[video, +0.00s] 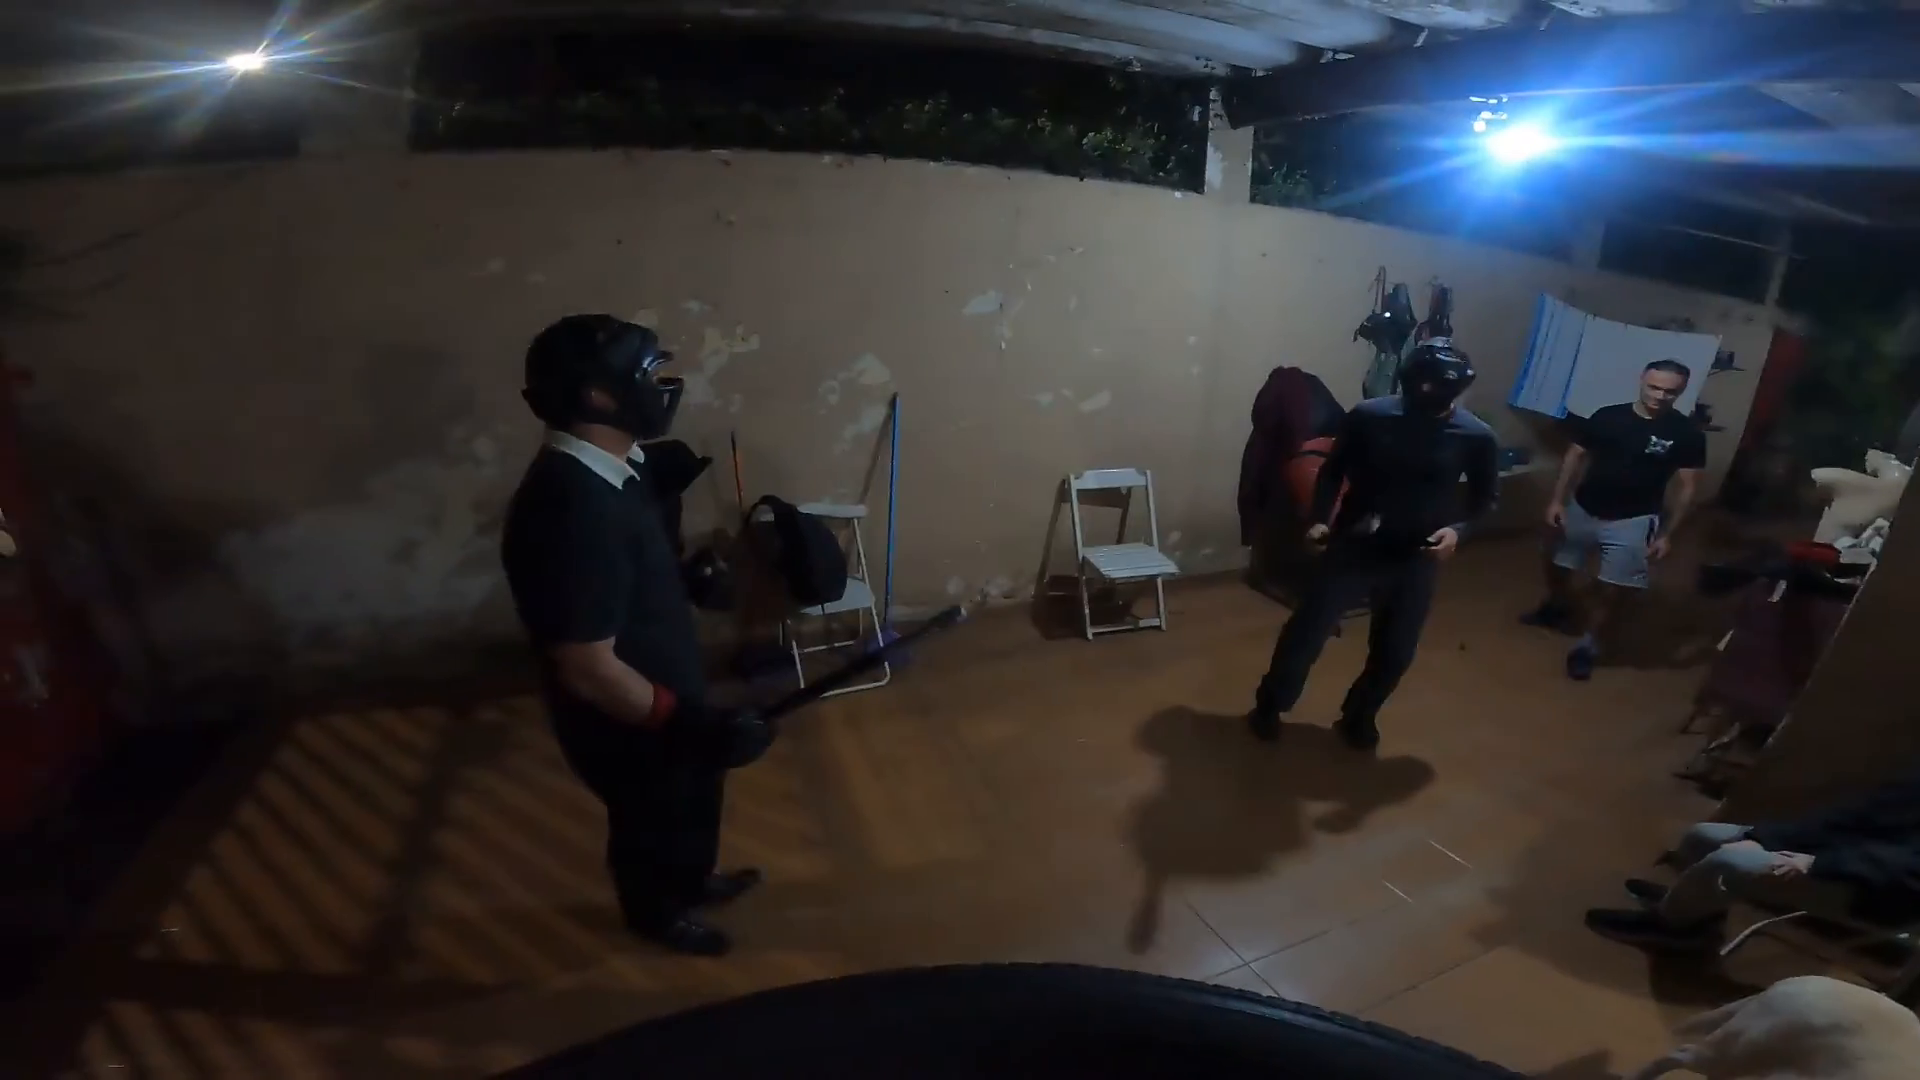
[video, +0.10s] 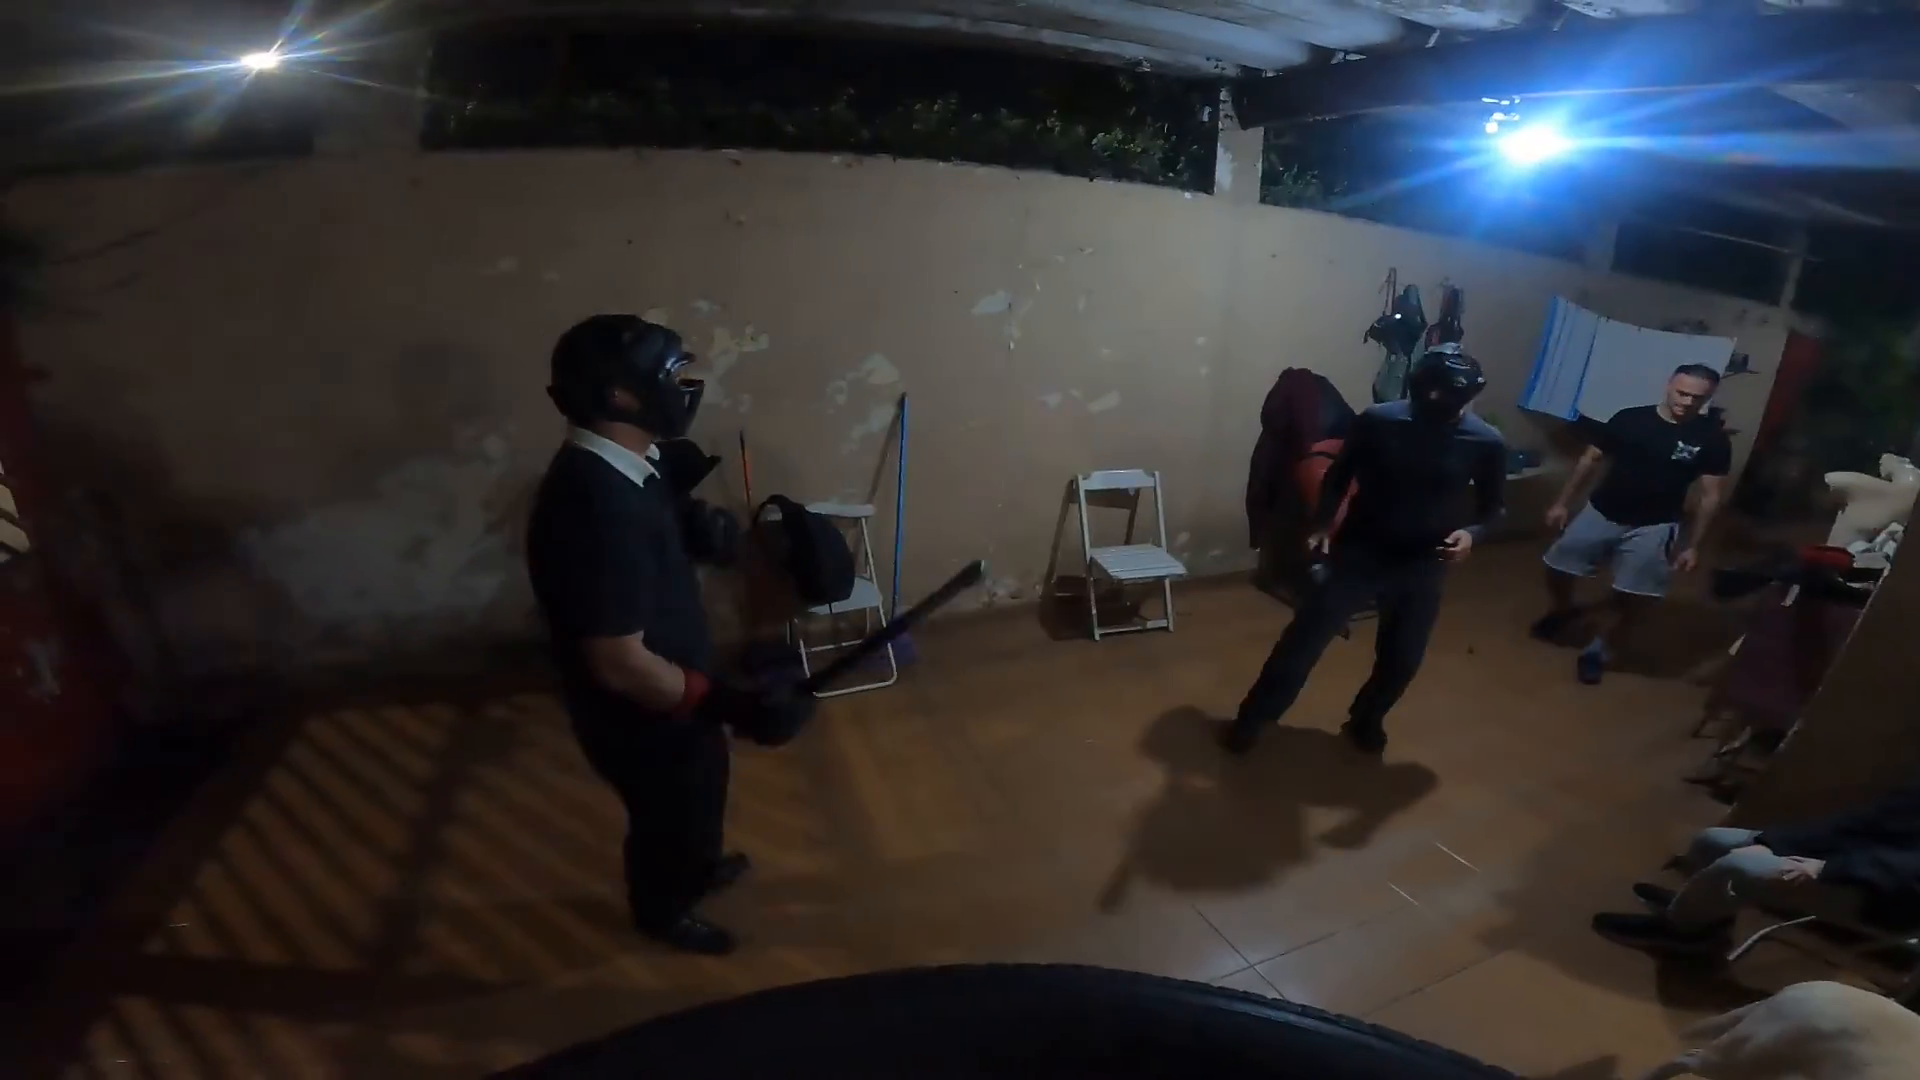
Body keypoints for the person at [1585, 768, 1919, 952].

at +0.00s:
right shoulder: (1910, 796)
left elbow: (1902, 868)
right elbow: (1855, 817)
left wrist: (1818, 865)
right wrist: (1763, 834)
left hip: (1866, 891)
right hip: (1836, 851)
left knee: (1727, 863)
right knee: (1703, 836)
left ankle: (1669, 921)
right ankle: (1682, 903)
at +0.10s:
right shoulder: (1912, 802)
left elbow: (1907, 871)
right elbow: (1865, 823)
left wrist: (1830, 869)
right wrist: (1778, 839)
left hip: (1875, 894)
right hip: (1848, 857)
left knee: (1738, 868)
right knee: (1712, 840)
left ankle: (1678, 924)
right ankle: (1691, 904)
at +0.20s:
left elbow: (1910, 877)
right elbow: (1882, 832)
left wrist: (1842, 874)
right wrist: (1786, 844)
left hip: (1891, 901)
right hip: (1866, 862)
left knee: (1748, 873)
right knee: (1721, 847)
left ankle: (1685, 930)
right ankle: (1706, 912)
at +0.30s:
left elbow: (1914, 885)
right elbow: (1898, 840)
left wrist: (1859, 883)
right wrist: (1805, 853)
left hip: (1900, 905)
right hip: (1877, 867)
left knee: (1761, 878)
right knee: (1737, 852)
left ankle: (1698, 936)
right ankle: (1715, 916)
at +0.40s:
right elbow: (1898, 844)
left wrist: (1866, 886)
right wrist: (1811, 857)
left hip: (1901, 908)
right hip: (1880, 871)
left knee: (1768, 881)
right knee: (1744, 855)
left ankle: (1704, 938)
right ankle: (1722, 919)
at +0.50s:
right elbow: (1902, 856)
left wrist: (1881, 895)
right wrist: (1826, 865)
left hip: (1904, 915)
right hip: (1884, 881)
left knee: (1784, 891)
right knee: (1763, 863)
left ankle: (1720, 947)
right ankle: (1735, 927)